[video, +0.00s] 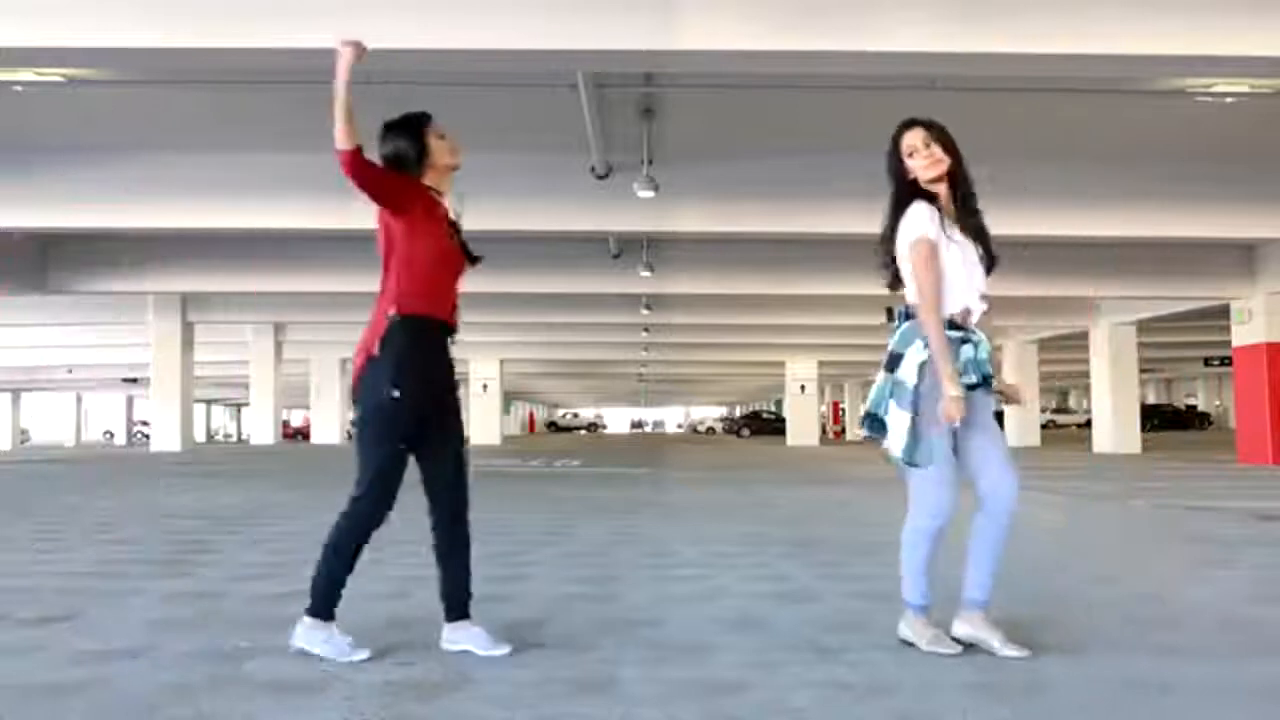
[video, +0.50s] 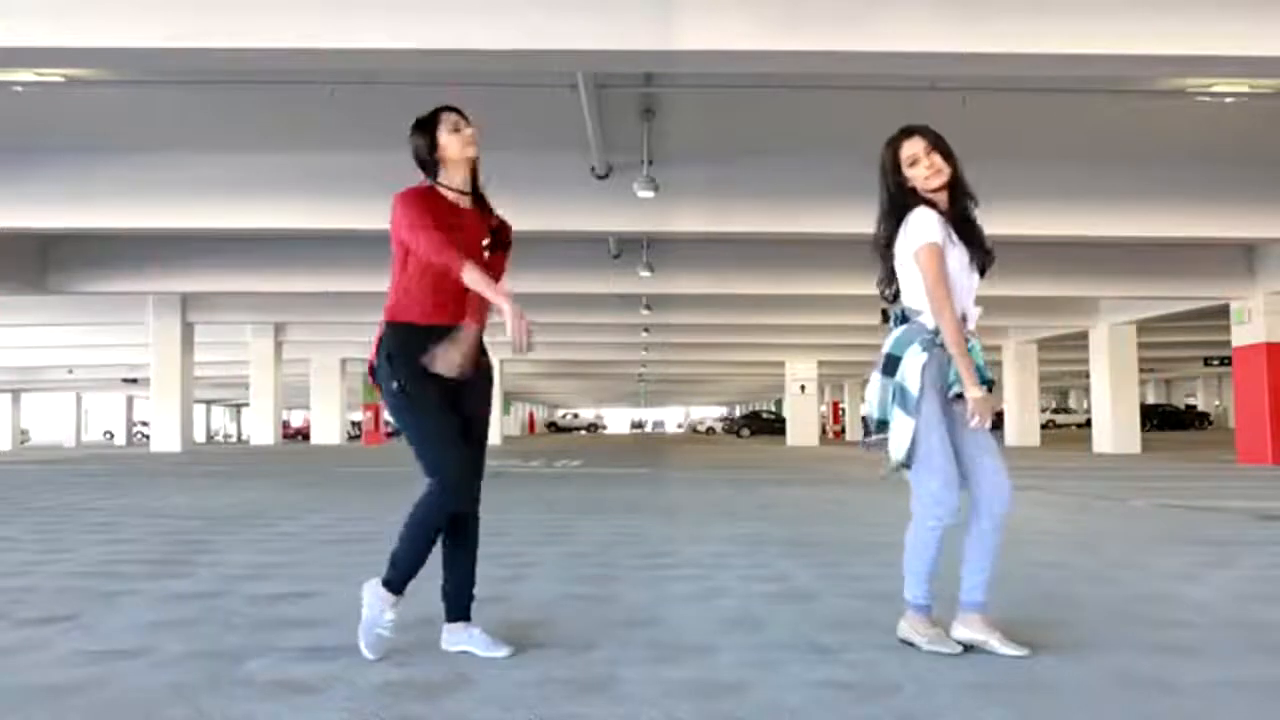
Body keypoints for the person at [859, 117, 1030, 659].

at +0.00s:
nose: (926, 157)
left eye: (932, 145)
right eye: (913, 154)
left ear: (951, 152)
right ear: (905, 171)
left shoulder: (960, 222)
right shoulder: (919, 218)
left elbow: (964, 308)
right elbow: (926, 304)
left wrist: (989, 376)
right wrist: (949, 381)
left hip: (967, 358)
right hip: (929, 358)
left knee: (1000, 486)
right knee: (932, 497)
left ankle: (972, 614)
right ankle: (914, 616)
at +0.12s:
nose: (925, 157)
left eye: (929, 145)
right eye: (912, 155)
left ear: (948, 152)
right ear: (903, 170)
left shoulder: (945, 213)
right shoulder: (923, 207)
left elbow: (955, 300)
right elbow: (936, 293)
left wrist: (983, 373)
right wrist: (956, 369)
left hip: (965, 355)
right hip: (931, 359)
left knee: (993, 483)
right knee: (951, 496)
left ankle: (972, 614)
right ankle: (916, 615)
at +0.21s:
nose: (926, 162)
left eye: (930, 151)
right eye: (912, 161)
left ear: (948, 157)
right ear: (905, 176)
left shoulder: (941, 219)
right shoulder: (925, 208)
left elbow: (951, 309)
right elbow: (938, 295)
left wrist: (985, 388)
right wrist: (963, 372)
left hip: (958, 369)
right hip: (929, 369)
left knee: (995, 491)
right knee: (960, 502)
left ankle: (972, 616)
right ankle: (917, 616)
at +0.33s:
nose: (926, 159)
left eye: (930, 148)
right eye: (912, 157)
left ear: (946, 153)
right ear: (903, 172)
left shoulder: (943, 215)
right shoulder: (924, 208)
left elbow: (954, 304)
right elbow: (940, 293)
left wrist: (978, 382)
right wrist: (965, 370)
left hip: (959, 361)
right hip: (928, 361)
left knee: (990, 493)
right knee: (949, 500)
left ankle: (972, 616)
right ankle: (917, 616)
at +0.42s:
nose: (928, 158)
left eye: (931, 146)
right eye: (913, 156)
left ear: (946, 150)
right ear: (903, 172)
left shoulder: (946, 214)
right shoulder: (923, 211)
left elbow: (951, 300)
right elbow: (940, 294)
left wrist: (973, 372)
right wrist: (969, 372)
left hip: (959, 358)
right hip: (926, 357)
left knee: (989, 490)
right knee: (939, 493)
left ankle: (973, 615)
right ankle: (916, 616)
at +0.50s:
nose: (930, 164)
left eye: (934, 152)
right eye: (915, 163)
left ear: (949, 158)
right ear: (904, 180)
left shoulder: (952, 226)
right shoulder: (921, 223)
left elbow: (954, 309)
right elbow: (940, 307)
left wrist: (972, 379)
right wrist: (972, 383)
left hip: (958, 365)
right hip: (923, 365)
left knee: (994, 488)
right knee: (936, 492)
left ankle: (971, 615)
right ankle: (916, 615)